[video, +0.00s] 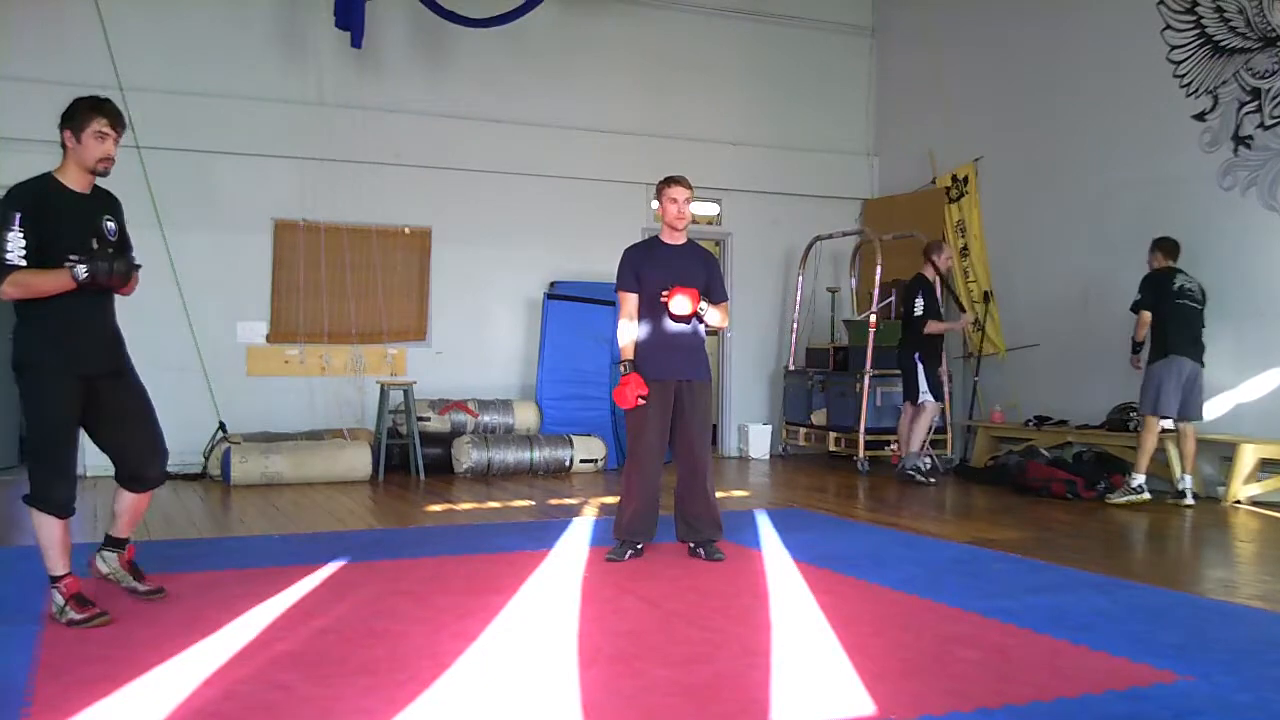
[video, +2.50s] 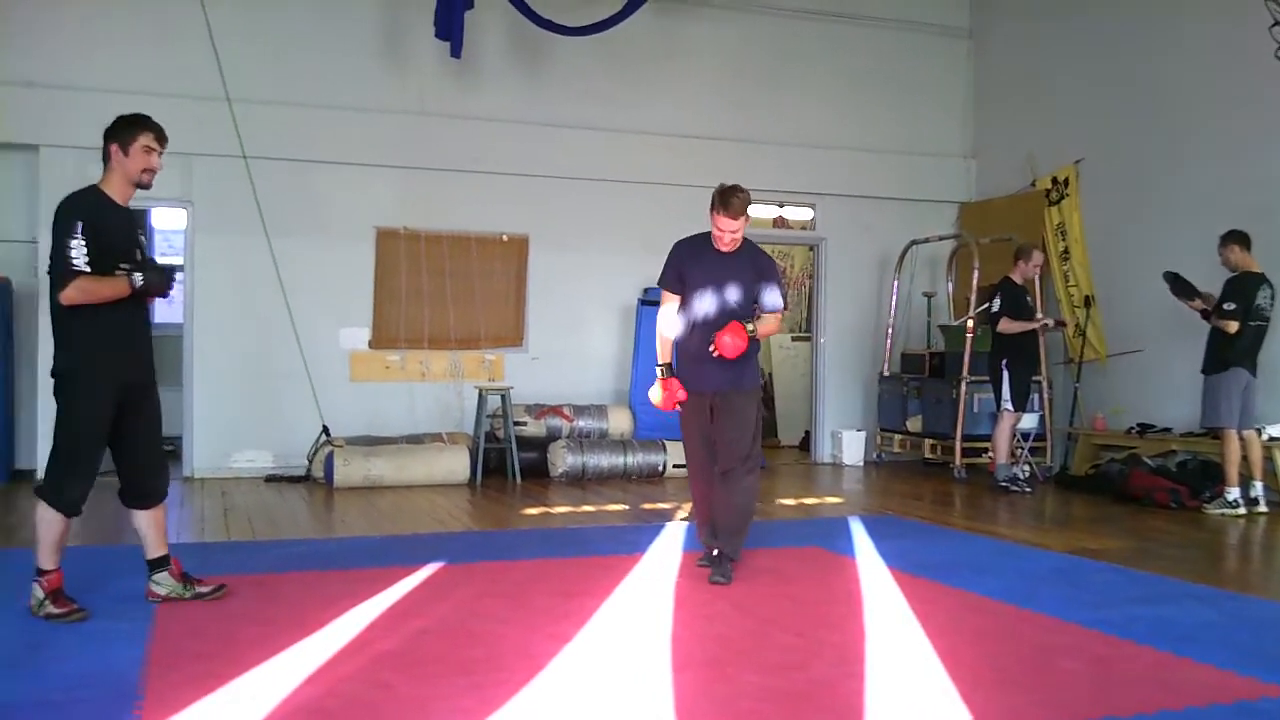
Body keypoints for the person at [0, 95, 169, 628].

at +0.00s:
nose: (110, 148)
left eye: (115, 139)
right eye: (100, 136)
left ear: (117, 146)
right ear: (69, 137)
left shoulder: (108, 206)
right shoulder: (24, 200)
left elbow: (128, 283)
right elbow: (8, 284)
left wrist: (120, 272)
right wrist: (83, 273)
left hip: (105, 358)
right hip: (46, 362)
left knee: (146, 460)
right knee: (53, 477)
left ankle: (114, 556)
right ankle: (62, 591)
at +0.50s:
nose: (38, 148)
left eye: (42, 140)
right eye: (28, 137)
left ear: (41, 149)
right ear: (2, 141)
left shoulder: (37, 212)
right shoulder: (2, 205)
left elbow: (56, 290)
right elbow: (3, 280)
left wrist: (58, 279)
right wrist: (27, 275)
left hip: (37, 364)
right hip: (8, 363)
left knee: (18, 480)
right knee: (11, 480)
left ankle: (11, 584)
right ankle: (12, 586)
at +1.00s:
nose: (82, 170)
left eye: (87, 163)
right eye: (75, 158)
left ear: (84, 170)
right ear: (43, 157)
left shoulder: (62, 227)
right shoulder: (6, 207)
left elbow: (65, 307)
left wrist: (73, 294)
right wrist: (43, 284)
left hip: (49, 365)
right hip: (11, 363)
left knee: (30, 465)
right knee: (30, 464)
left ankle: (18, 575)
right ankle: (46, 585)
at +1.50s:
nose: (75, 156)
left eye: (79, 149)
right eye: (65, 147)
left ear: (77, 158)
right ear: (34, 152)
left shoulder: (74, 226)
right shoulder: (6, 209)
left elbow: (93, 302)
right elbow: (0, 288)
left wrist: (89, 280)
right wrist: (48, 278)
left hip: (72, 366)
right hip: (16, 367)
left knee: (72, 469)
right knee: (11, 477)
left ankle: (73, 575)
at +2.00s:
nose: (76, 144)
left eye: (75, 134)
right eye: (67, 134)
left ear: (42, 141)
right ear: (32, 139)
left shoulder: (56, 209)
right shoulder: (2, 199)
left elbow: (70, 286)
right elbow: (0, 280)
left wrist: (76, 269)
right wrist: (41, 272)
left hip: (54, 360)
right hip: (9, 363)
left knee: (70, 462)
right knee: (6, 475)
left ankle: (74, 573)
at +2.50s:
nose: (156, 162)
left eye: (159, 154)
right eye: (148, 151)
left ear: (148, 159)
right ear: (116, 151)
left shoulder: (134, 220)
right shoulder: (78, 208)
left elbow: (130, 287)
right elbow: (68, 291)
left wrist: (151, 283)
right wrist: (137, 282)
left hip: (134, 370)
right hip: (85, 371)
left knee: (146, 472)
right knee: (67, 476)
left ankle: (163, 575)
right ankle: (46, 588)